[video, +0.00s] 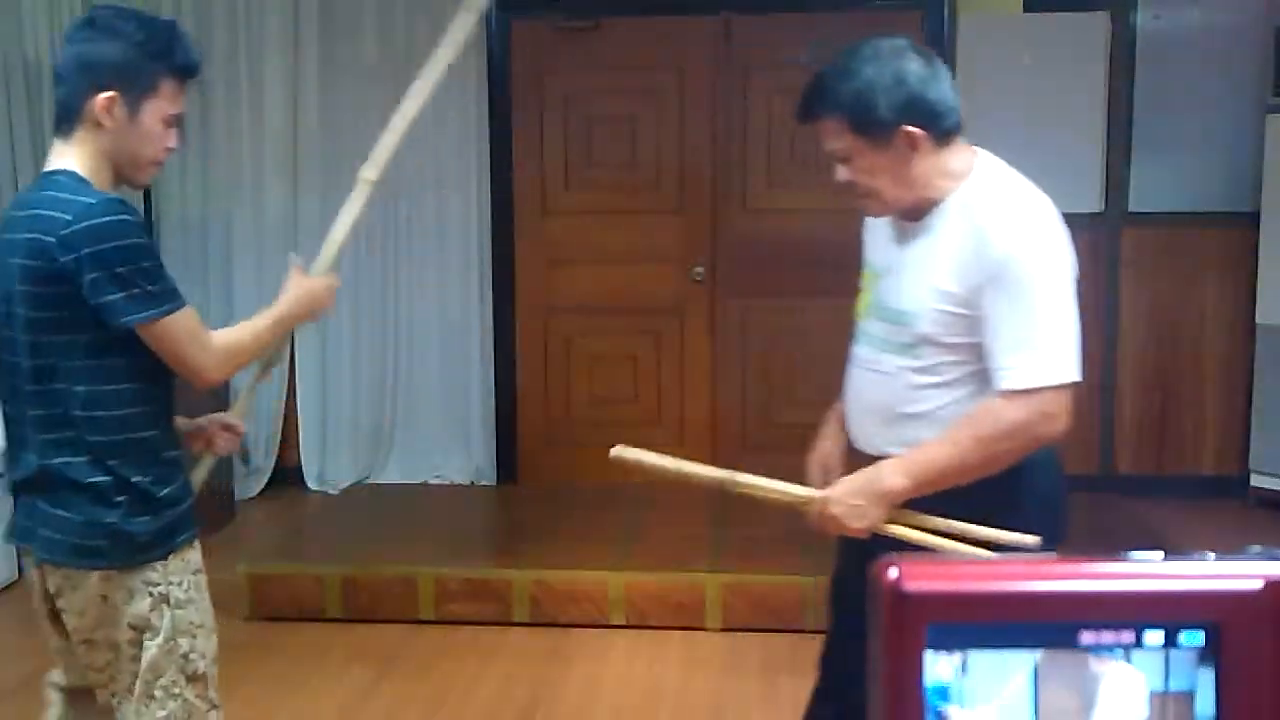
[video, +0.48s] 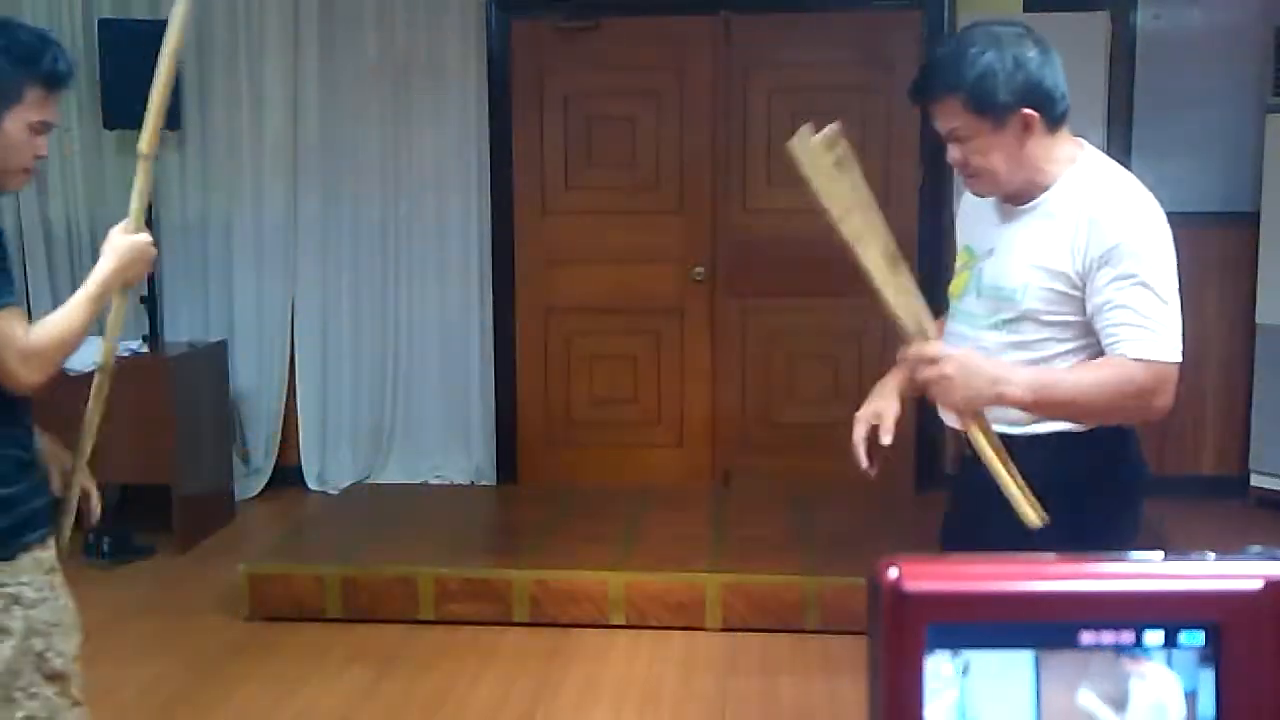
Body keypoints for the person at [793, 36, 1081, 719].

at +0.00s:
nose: (837, 177)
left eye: (845, 158)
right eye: (831, 160)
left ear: (911, 141)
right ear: (905, 144)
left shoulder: (1016, 223)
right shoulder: (890, 205)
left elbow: (1039, 408)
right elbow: (890, 345)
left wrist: (889, 482)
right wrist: (839, 426)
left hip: (987, 509)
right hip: (885, 501)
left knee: (977, 697)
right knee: (849, 689)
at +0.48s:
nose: (951, 158)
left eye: (960, 139)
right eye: (946, 142)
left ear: (1025, 123)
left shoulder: (1119, 210)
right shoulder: (978, 195)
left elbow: (1150, 387)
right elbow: (968, 324)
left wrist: (1001, 383)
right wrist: (896, 385)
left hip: (1076, 476)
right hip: (982, 471)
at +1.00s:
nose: (1005, 162)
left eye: (1012, 141)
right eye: (998, 145)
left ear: (1073, 119)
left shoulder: (1160, 190)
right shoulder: (1045, 203)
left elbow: (1134, 362)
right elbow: (1049, 345)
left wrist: (977, 364)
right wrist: (1010, 397)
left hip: (1150, 459)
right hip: (1066, 453)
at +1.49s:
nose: (1101, 157)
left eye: (1110, 134)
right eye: (1095, 137)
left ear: (1173, 114)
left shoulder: (1255, 190)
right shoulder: (1133, 192)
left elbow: (1239, 377)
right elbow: (1129, 337)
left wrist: (1089, 404)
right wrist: (1066, 385)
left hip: (1226, 481)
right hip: (1125, 471)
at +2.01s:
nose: (1182, 180)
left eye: (1190, 160)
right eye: (1173, 163)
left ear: (1260, 135)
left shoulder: (1272, 224)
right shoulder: (1192, 210)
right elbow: (1191, 344)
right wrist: (1135, 445)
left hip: (1261, 479)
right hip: (1177, 474)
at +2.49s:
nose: (1128, 184)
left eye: (1135, 165)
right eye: (1120, 167)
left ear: (1202, 139)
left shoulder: (1271, 211)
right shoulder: (1162, 206)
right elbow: (1159, 346)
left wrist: (1237, 510)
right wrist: (1118, 457)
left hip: (1241, 487)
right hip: (1146, 477)